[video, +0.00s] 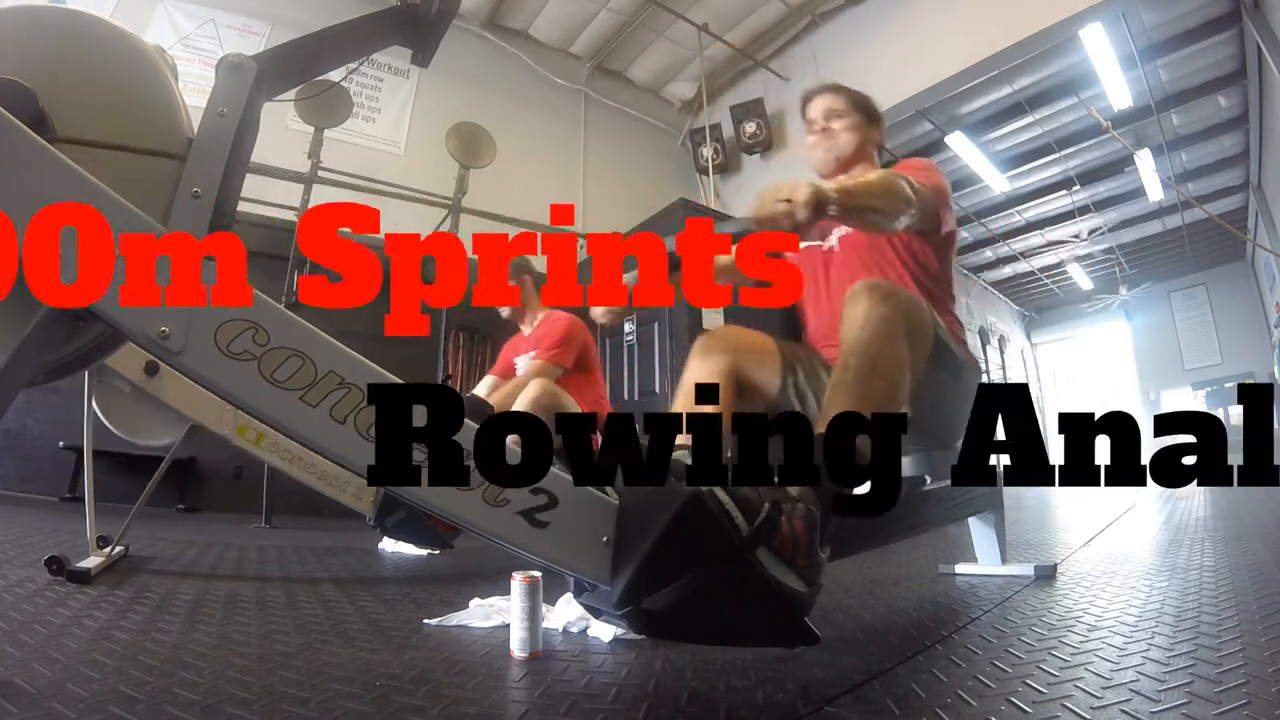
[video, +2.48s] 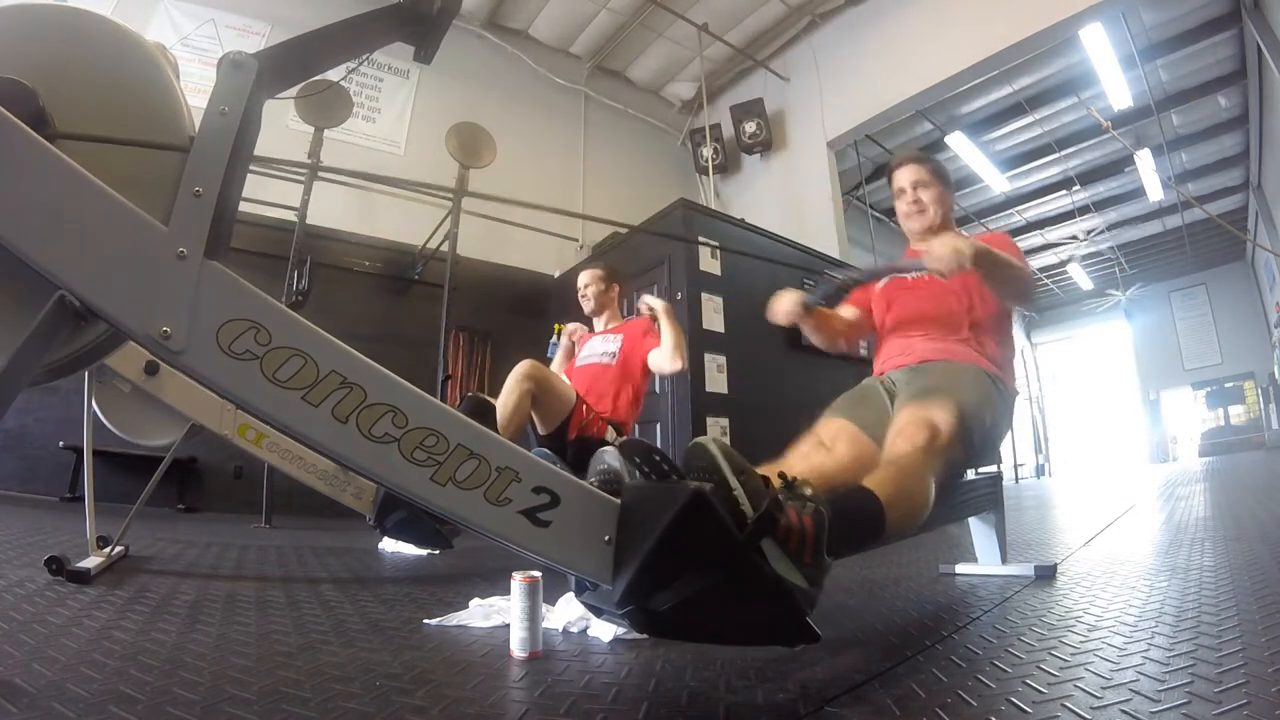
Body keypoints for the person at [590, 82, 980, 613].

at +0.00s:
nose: (819, 131)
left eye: (834, 118)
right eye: (810, 128)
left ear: (873, 129)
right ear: (805, 148)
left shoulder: (917, 173)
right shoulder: (801, 225)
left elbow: (901, 201)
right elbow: (726, 267)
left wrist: (828, 198)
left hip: (932, 386)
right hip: (831, 384)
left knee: (875, 300)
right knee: (715, 348)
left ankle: (812, 506)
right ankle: (677, 510)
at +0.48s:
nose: (914, 205)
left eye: (925, 194)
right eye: (904, 201)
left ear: (952, 204)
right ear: (896, 220)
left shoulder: (985, 249)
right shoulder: (885, 278)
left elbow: (1032, 299)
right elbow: (845, 340)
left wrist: (981, 263)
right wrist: (811, 321)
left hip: (957, 367)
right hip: (883, 378)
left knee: (916, 439)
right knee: (821, 447)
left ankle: (822, 525)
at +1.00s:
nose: (895, 192)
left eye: (906, 179)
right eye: (884, 187)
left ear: (936, 188)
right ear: (879, 203)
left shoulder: (982, 244)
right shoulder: (868, 272)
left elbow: (1050, 295)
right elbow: (830, 339)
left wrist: (996, 278)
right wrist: (793, 343)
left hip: (960, 372)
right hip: (881, 386)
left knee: (913, 435)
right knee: (816, 445)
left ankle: (818, 528)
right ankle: (694, 495)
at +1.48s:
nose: (772, 125)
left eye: (788, 109)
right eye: (762, 120)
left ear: (834, 120)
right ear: (760, 143)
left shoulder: (895, 176)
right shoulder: (755, 229)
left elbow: (868, 209)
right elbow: (679, 269)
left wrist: (795, 254)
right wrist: (587, 323)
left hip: (924, 397)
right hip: (813, 401)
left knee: (873, 291)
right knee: (705, 346)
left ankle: (813, 509)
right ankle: (691, 508)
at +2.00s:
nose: (702, 88)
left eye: (721, 72)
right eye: (693, 84)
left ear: (776, 87)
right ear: (689, 115)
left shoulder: (836, 145)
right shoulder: (692, 223)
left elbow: (799, 180)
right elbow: (602, 272)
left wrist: (656, 207)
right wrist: (488, 317)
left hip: (882, 401)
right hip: (762, 411)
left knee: (804, 247)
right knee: (640, 316)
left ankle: (798, 513)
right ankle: (678, 498)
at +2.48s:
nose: (911, 199)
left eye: (921, 187)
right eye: (901, 194)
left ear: (949, 196)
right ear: (894, 211)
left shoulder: (987, 245)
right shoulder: (884, 280)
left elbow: (1027, 293)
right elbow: (845, 335)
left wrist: (978, 257)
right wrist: (805, 314)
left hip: (960, 368)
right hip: (885, 380)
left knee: (917, 438)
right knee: (822, 445)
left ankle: (824, 529)